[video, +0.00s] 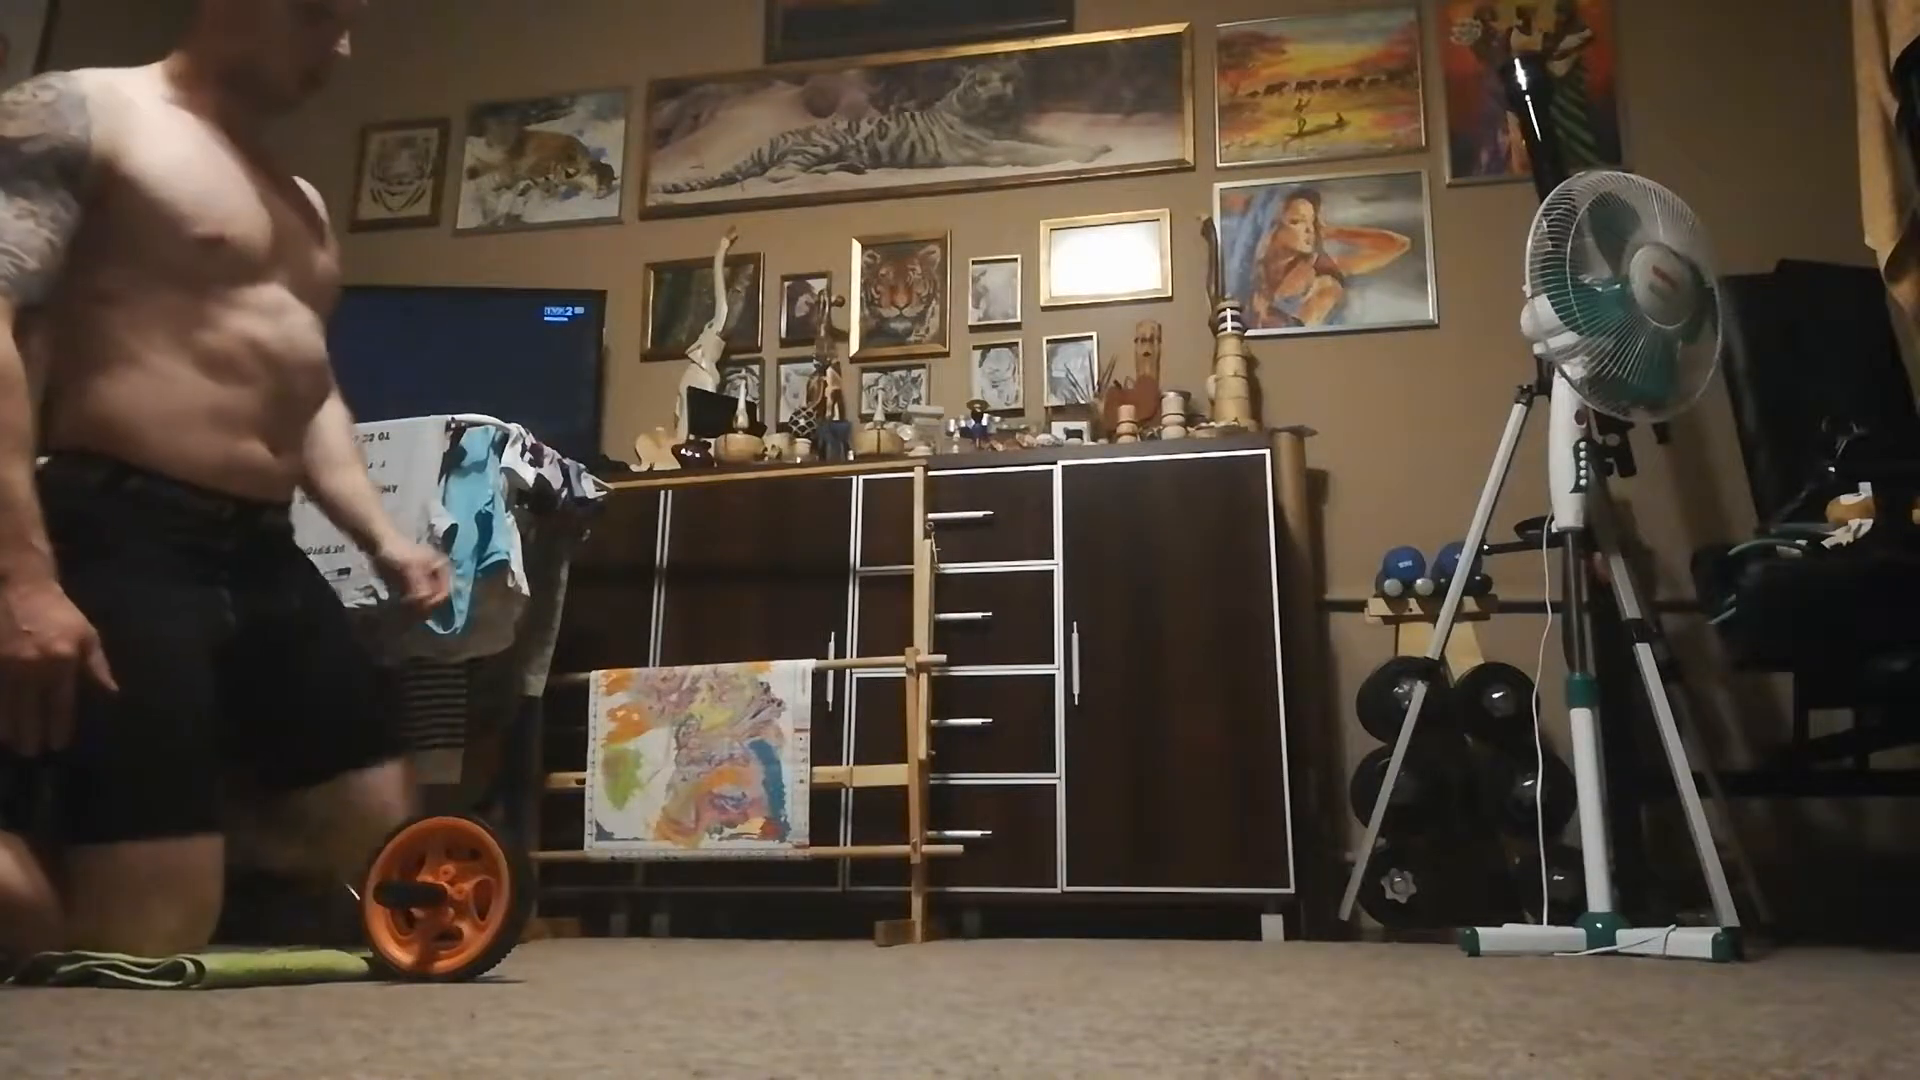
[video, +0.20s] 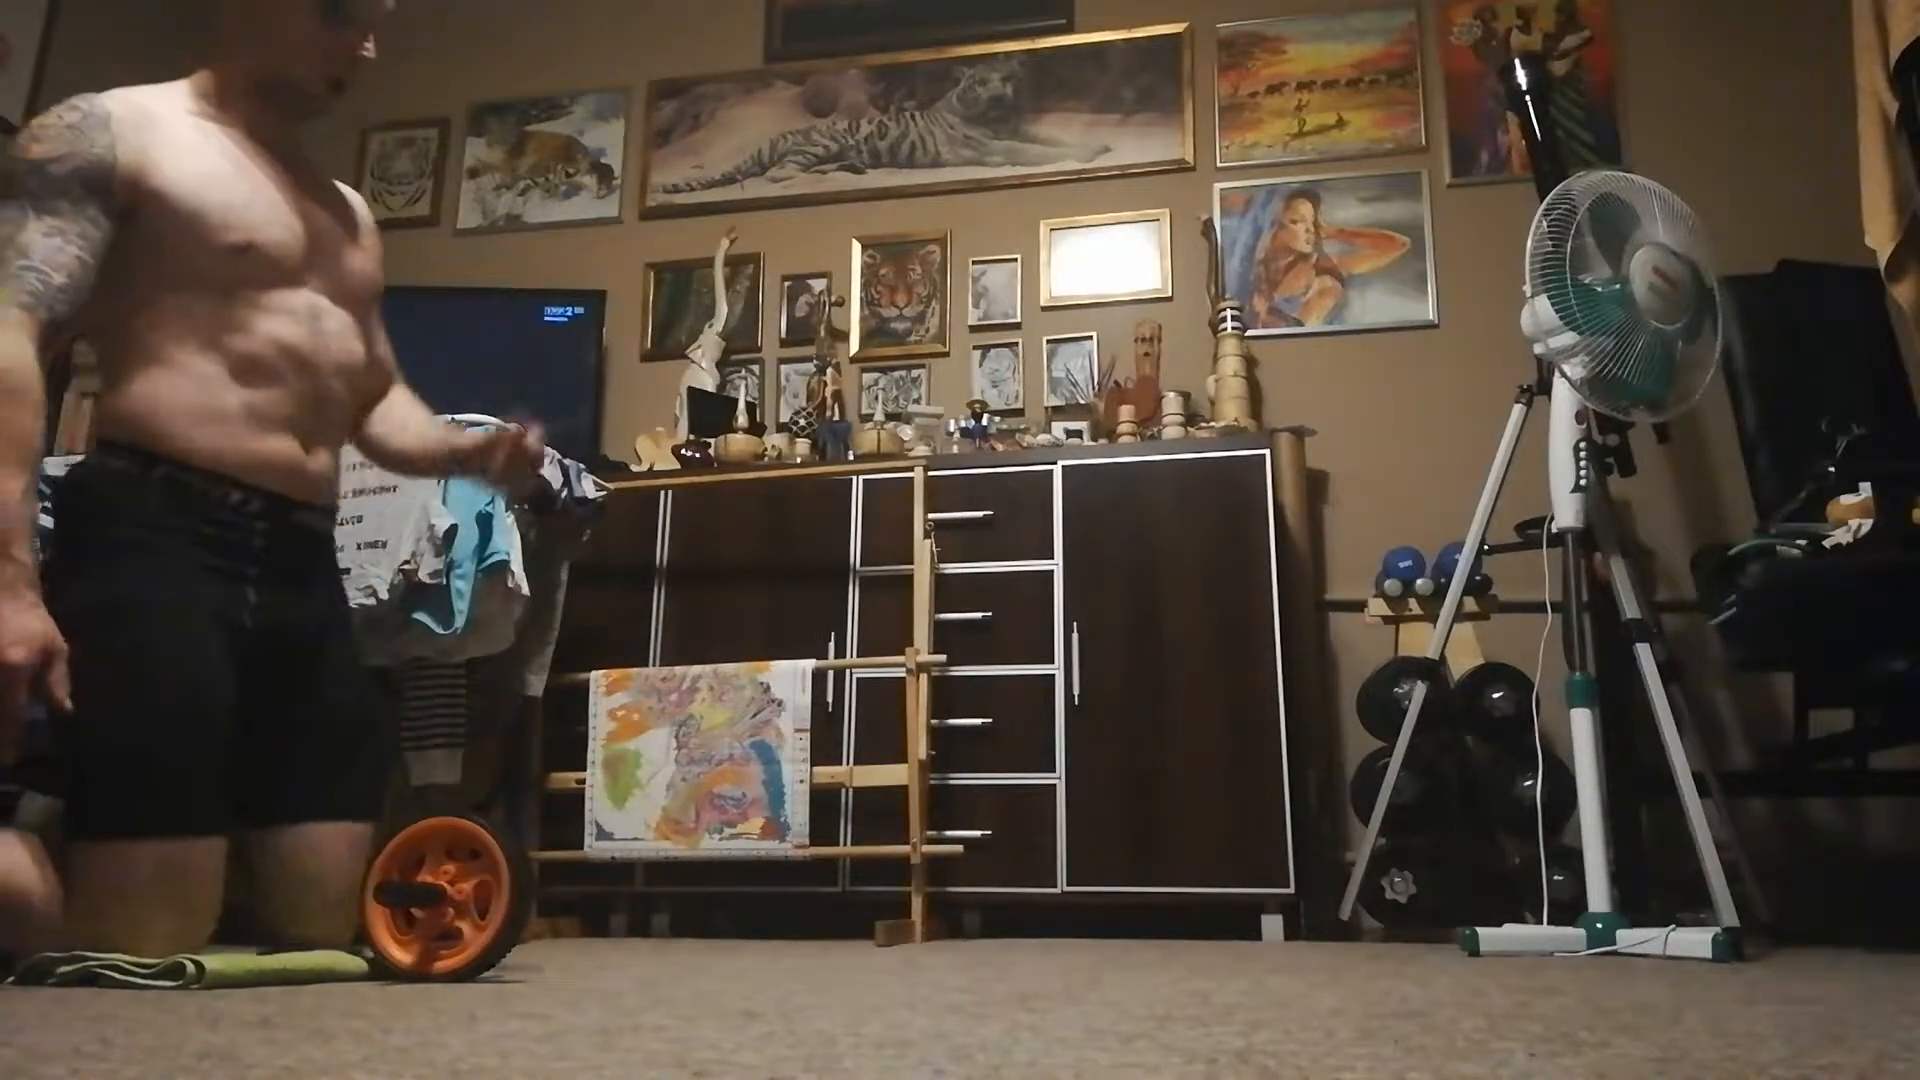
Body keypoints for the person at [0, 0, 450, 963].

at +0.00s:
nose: (341, 50)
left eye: (346, 26)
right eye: (325, 16)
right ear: (237, 7)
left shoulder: (305, 201)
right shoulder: (78, 109)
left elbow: (308, 393)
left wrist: (389, 540)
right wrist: (22, 577)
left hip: (266, 553)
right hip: (120, 540)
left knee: (363, 822)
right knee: (152, 923)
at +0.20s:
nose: (366, 50)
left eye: (372, 27)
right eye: (346, 18)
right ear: (263, 9)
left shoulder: (348, 211)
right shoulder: (111, 128)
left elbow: (378, 399)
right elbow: (15, 338)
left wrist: (472, 447)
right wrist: (12, 584)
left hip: (303, 563)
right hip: (152, 539)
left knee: (319, 922)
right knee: (145, 936)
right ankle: (0, 845)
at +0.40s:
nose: (429, 92)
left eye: (444, 68)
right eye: (408, 51)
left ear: (451, 75)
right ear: (318, 18)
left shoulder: (417, 266)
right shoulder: (178, 158)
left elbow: (484, 440)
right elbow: (81, 347)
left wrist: (533, 326)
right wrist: (82, 563)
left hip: (340, 584)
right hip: (191, 545)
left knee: (326, 944)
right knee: (155, 944)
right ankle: (12, 839)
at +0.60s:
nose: (523, 160)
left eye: (536, 139)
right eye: (508, 125)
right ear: (429, 89)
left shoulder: (464, 304)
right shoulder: (270, 176)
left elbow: (558, 434)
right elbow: (133, 332)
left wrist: (544, 271)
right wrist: (179, 529)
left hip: (368, 599)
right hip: (238, 553)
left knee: (332, 935)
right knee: (163, 931)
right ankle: (3, 794)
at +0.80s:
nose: (551, 178)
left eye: (565, 159)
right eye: (541, 143)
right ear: (461, 100)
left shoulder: (481, 308)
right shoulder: (301, 173)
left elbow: (556, 466)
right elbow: (162, 317)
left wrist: (552, 297)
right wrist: (219, 510)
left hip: (374, 601)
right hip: (250, 551)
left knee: (333, 934)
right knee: (191, 921)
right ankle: (8, 796)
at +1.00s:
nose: (528, 155)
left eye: (544, 135)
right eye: (515, 116)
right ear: (436, 70)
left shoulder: (476, 305)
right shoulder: (270, 167)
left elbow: (496, 491)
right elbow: (152, 342)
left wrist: (576, 439)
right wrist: (222, 551)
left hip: (360, 598)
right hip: (221, 551)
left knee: (333, 933)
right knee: (190, 920)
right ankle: (13, 843)